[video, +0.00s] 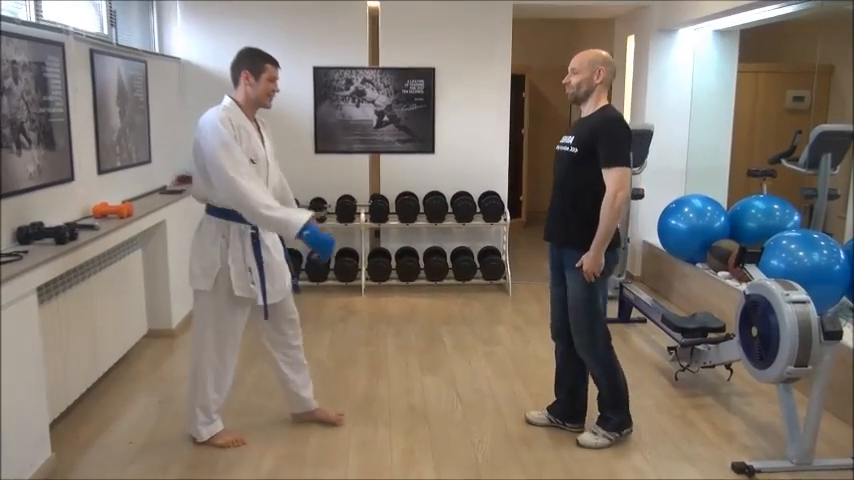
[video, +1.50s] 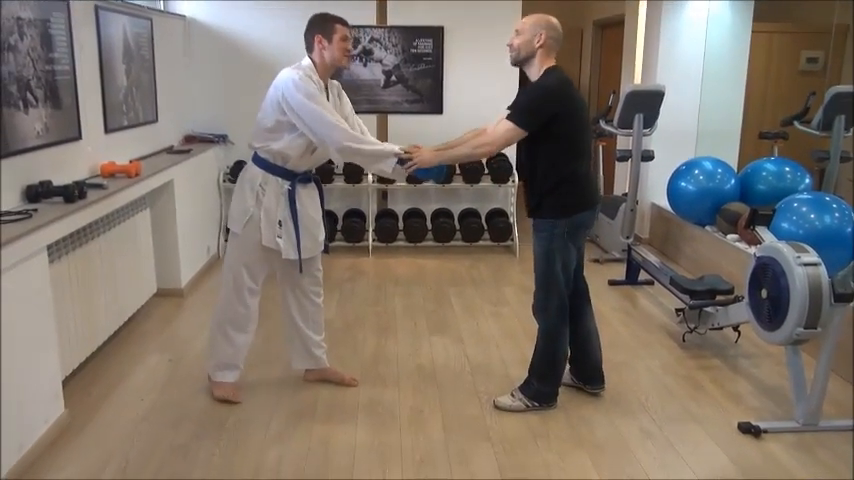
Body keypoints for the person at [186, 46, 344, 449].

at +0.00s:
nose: (277, 88)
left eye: (277, 82)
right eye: (271, 81)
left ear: (252, 82)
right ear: (246, 79)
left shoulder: (257, 126)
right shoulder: (215, 124)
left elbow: (276, 186)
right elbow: (242, 192)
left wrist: (303, 225)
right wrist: (298, 225)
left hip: (263, 236)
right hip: (225, 238)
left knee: (283, 321)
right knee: (218, 333)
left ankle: (303, 405)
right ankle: (205, 425)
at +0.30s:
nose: (322, 95)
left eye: (323, 88)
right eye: (318, 86)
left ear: (297, 83)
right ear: (294, 81)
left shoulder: (290, 124)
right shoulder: (263, 121)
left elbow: (315, 182)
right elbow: (311, 175)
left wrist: (366, 210)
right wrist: (378, 192)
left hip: (283, 231)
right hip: (248, 230)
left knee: (295, 317)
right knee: (232, 326)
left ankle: (309, 402)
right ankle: (211, 418)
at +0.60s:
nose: (352, 94)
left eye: (353, 87)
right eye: (348, 86)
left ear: (326, 85)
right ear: (325, 83)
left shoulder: (316, 125)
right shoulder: (300, 120)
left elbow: (345, 185)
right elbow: (347, 173)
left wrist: (393, 209)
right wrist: (406, 195)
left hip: (292, 228)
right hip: (258, 224)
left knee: (298, 315)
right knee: (240, 321)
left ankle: (308, 398)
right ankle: (215, 412)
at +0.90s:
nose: (361, 79)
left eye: (361, 71)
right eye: (355, 70)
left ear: (335, 74)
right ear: (331, 71)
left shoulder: (335, 113)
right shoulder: (306, 105)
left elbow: (356, 166)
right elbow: (339, 166)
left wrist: (397, 192)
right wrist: (393, 186)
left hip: (302, 215)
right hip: (266, 210)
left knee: (304, 302)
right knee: (243, 305)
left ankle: (308, 387)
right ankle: (219, 398)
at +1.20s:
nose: (360, 64)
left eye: (361, 57)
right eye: (354, 55)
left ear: (335, 58)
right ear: (330, 55)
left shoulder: (338, 101)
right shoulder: (302, 91)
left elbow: (360, 155)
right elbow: (340, 153)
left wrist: (399, 181)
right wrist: (395, 164)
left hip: (305, 201)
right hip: (268, 197)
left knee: (307, 288)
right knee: (246, 292)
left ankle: (311, 374)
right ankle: (222, 383)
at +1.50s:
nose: (350, 49)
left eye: (351, 42)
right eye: (344, 41)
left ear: (331, 46)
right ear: (319, 44)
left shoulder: (335, 91)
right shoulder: (293, 82)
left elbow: (362, 139)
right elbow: (338, 140)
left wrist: (401, 167)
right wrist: (398, 155)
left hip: (303, 192)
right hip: (264, 187)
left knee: (307, 278)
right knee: (244, 281)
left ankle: (314, 364)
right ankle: (223, 372)